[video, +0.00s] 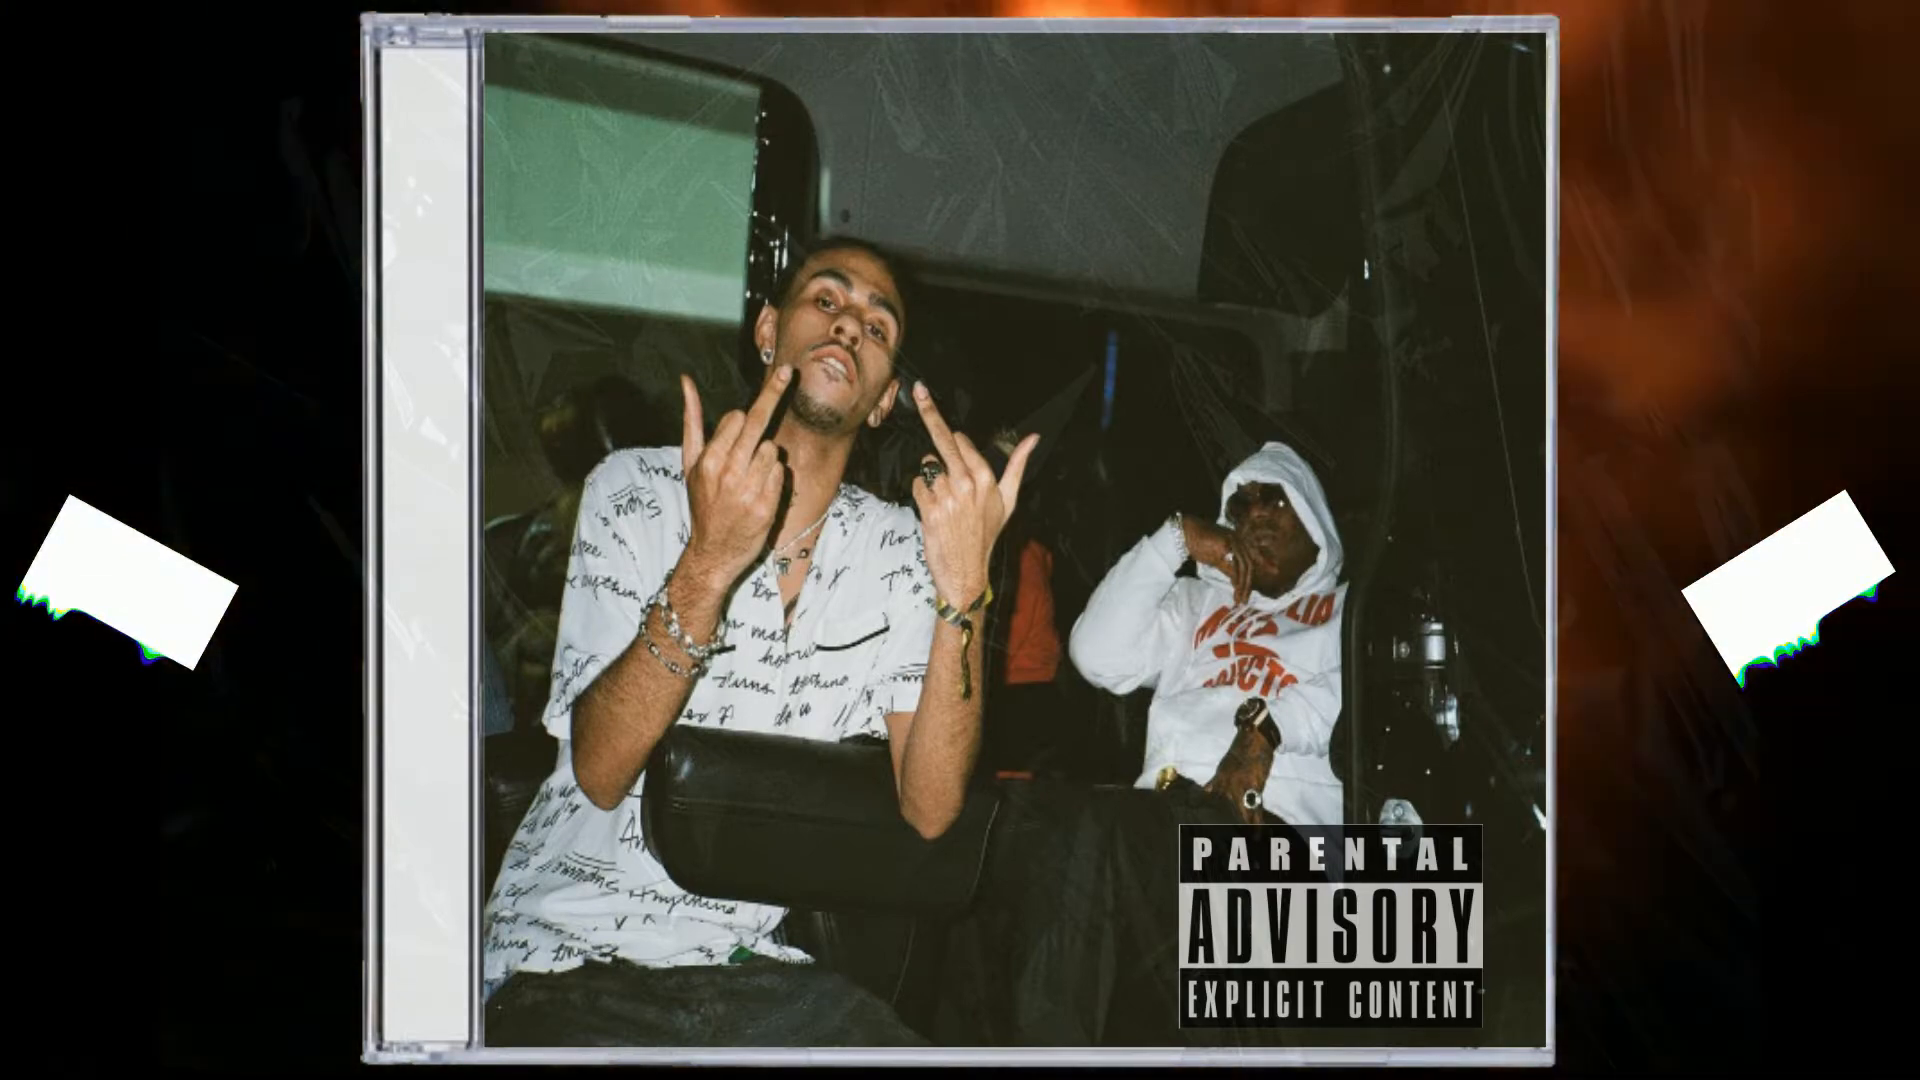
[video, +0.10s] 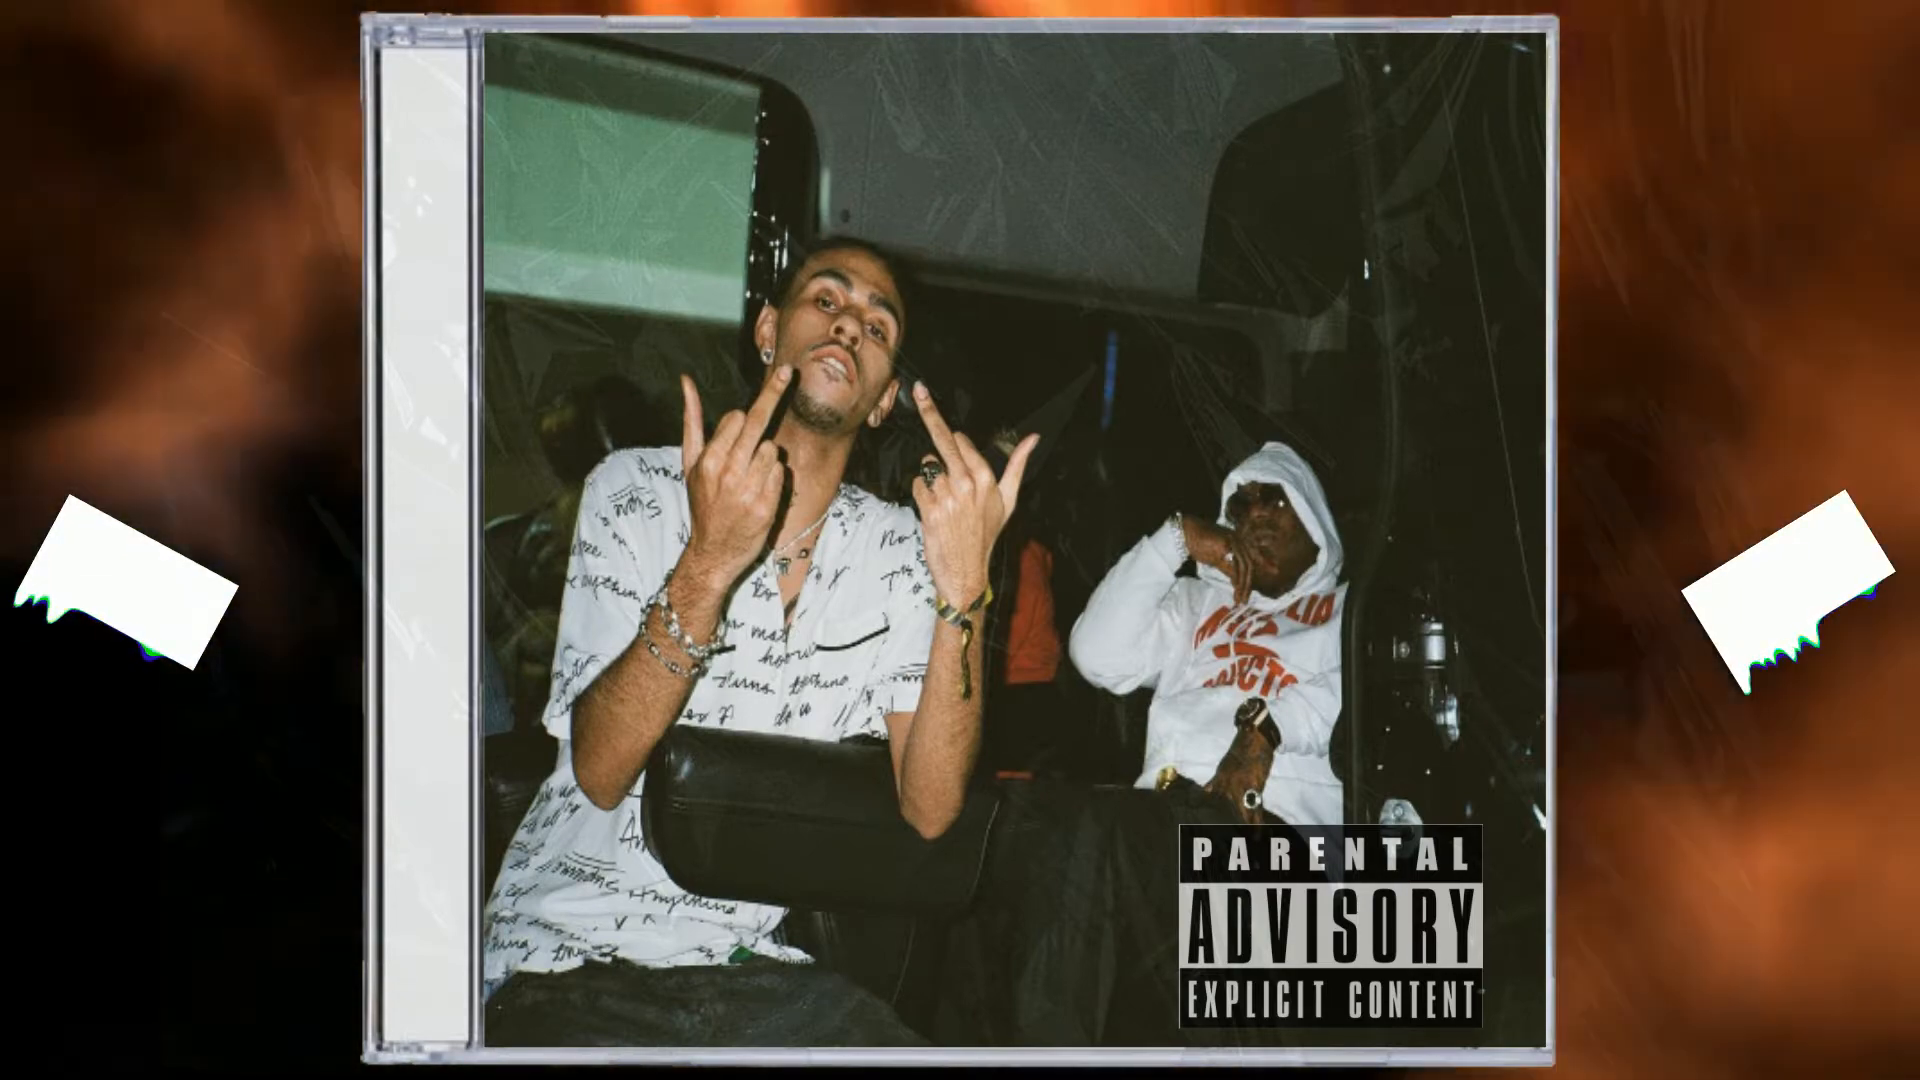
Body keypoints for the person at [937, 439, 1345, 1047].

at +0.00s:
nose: (1259, 517)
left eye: (1280, 501)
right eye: (1246, 502)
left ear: (1319, 521)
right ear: (1227, 523)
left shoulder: (1352, 606)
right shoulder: (1197, 601)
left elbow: (1355, 702)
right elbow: (1099, 658)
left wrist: (1269, 725)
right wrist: (1176, 539)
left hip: (1287, 817)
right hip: (1166, 808)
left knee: (1096, 826)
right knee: (1025, 812)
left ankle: (1051, 1052)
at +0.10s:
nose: (1260, 516)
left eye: (1280, 500)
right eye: (1246, 502)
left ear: (1319, 521)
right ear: (1227, 522)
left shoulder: (1351, 607)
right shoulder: (1196, 601)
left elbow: (1351, 706)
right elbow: (1100, 658)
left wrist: (1267, 724)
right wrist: (1176, 539)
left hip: (1286, 818)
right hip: (1165, 807)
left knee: (1095, 826)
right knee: (1026, 811)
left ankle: (1052, 1053)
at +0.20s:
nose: (1259, 517)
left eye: (1280, 501)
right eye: (1246, 502)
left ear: (1319, 521)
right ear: (1227, 523)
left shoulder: (1352, 606)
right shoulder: (1197, 601)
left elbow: (1355, 702)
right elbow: (1099, 658)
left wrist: (1269, 725)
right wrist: (1176, 539)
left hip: (1287, 816)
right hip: (1166, 807)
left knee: (1096, 826)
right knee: (1025, 812)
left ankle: (1051, 1056)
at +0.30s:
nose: (1261, 516)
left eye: (1280, 500)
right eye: (1247, 501)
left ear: (1318, 521)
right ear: (1227, 523)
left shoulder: (1351, 608)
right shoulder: (1196, 601)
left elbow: (1355, 704)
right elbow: (1100, 658)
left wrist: (1266, 723)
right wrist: (1177, 539)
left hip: (1287, 816)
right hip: (1166, 806)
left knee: (1096, 825)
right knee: (1026, 811)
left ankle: (1051, 1054)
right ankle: (969, 1049)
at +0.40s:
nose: (1260, 516)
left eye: (1280, 501)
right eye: (1246, 502)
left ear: (1318, 522)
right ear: (1227, 523)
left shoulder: (1351, 606)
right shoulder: (1196, 601)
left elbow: (1351, 705)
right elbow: (1099, 658)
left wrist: (1267, 725)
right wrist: (1176, 539)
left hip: (1285, 818)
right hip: (1164, 807)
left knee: (1094, 826)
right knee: (1026, 811)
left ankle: (1051, 1053)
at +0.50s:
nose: (1260, 516)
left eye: (1280, 501)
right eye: (1246, 502)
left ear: (1319, 522)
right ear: (1227, 523)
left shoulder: (1351, 607)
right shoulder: (1196, 601)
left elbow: (1354, 705)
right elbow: (1100, 658)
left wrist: (1267, 724)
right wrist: (1176, 540)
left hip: (1287, 816)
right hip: (1166, 806)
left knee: (1096, 826)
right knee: (1025, 812)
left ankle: (1052, 1054)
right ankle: (969, 1050)